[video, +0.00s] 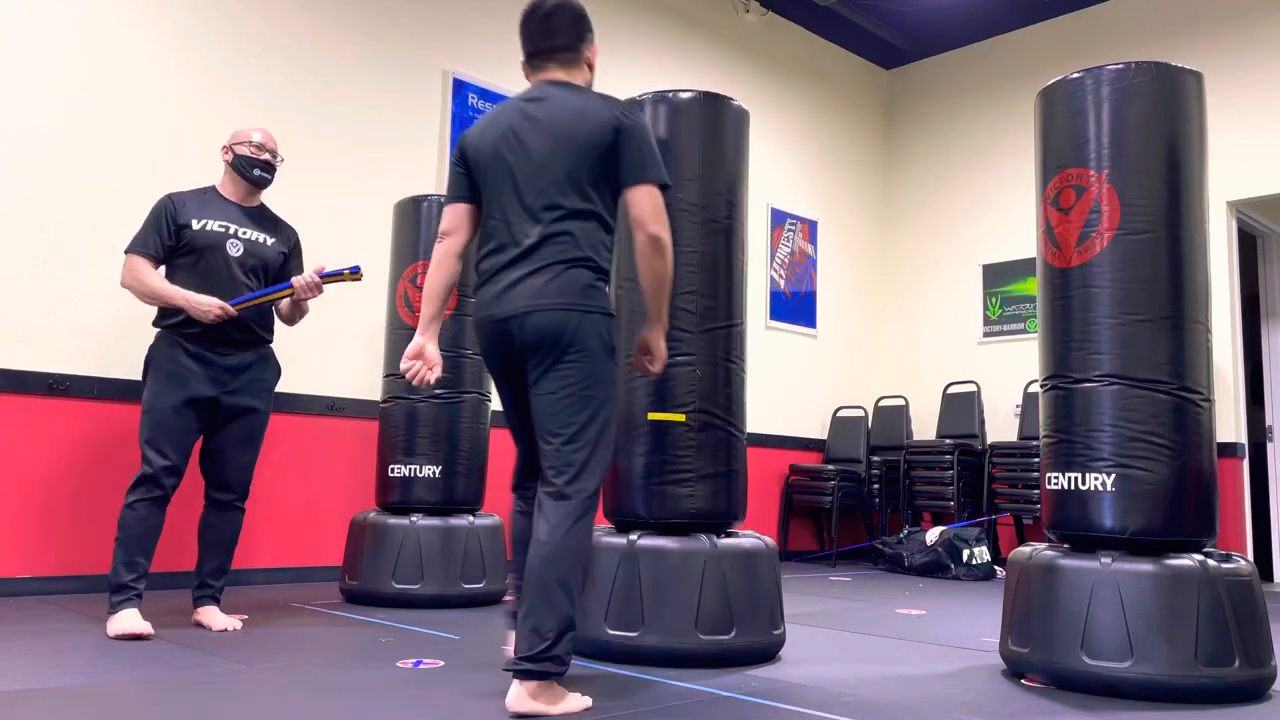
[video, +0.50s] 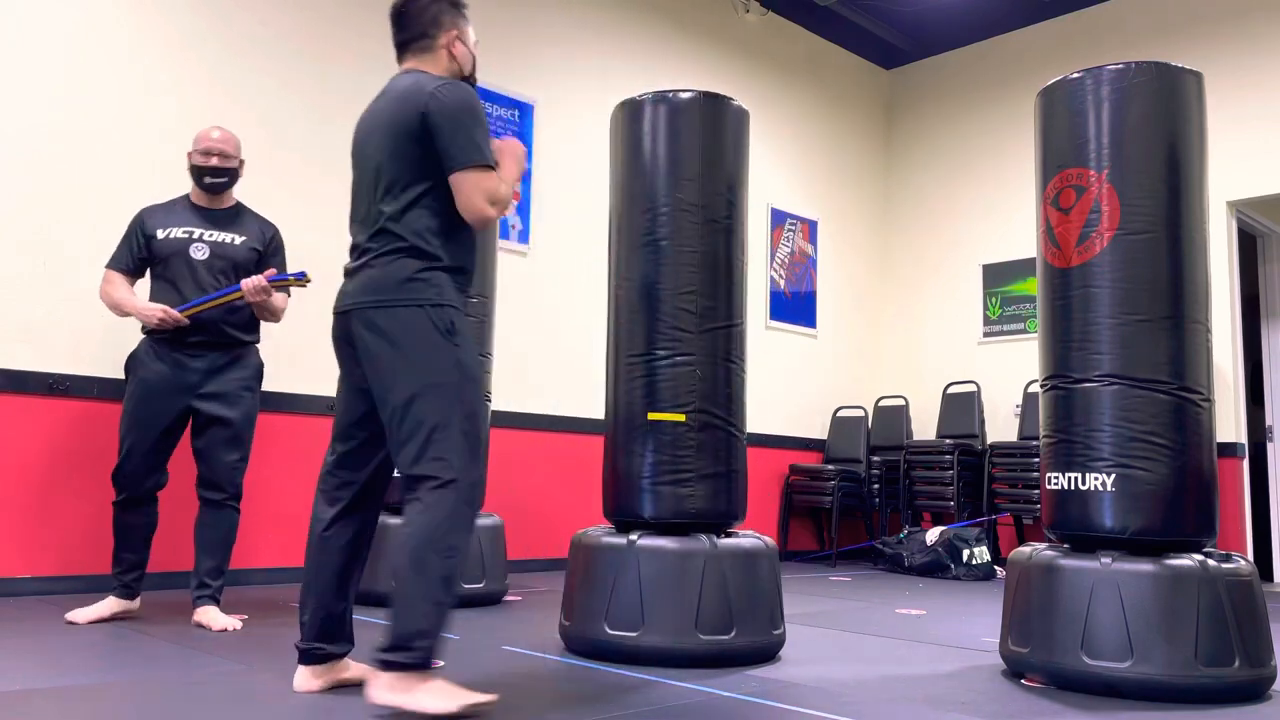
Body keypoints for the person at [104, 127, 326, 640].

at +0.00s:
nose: (264, 154)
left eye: (272, 151)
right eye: (254, 145)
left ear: (278, 169)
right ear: (227, 154)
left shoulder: (284, 236)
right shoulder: (179, 207)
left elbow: (290, 315)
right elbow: (134, 273)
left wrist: (301, 296)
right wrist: (189, 300)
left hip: (249, 372)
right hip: (181, 362)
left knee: (229, 491)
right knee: (157, 478)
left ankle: (208, 601)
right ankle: (125, 603)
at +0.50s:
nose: (213, 162)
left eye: (223, 156)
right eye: (205, 154)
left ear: (240, 165)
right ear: (189, 160)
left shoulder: (262, 233)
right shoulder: (153, 220)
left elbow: (277, 311)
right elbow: (111, 285)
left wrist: (262, 298)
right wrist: (139, 308)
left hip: (230, 372)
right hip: (160, 367)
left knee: (222, 487)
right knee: (134, 479)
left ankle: (207, 602)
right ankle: (124, 593)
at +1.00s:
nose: (143, 169)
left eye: (151, 160)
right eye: (132, 161)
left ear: (165, 163)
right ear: (113, 165)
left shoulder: (200, 223)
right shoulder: (91, 232)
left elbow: (231, 289)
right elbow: (55, 296)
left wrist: (184, 287)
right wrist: (79, 323)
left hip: (181, 370)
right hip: (115, 372)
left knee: (192, 479)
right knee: (119, 484)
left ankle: (203, 594)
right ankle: (124, 595)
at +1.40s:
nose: (152, 163)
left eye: (159, 157)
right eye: (141, 154)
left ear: (167, 168)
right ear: (113, 161)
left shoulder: (190, 226)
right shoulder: (77, 229)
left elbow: (219, 293)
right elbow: (52, 298)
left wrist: (161, 294)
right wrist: (91, 298)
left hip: (172, 371)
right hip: (103, 374)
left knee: (183, 479)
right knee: (115, 485)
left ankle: (192, 593)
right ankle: (124, 594)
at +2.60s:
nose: (218, 172)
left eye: (226, 168)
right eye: (209, 163)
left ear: (232, 182)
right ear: (183, 169)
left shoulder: (245, 239)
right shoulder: (138, 229)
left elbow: (268, 308)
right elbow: (110, 298)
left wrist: (215, 296)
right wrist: (149, 298)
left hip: (212, 373)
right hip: (145, 370)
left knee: (203, 485)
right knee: (134, 481)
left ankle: (189, 594)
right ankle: (126, 594)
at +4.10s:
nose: (153, 185)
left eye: (160, 181)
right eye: (144, 175)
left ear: (167, 192)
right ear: (119, 180)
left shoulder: (180, 249)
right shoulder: (75, 237)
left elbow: (193, 319)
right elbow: (42, 302)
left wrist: (150, 294)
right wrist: (79, 299)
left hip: (146, 383)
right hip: (79, 380)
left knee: (160, 482)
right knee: (72, 484)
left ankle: (176, 590)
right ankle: (70, 587)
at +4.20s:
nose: (142, 183)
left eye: (149, 178)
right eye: (132, 174)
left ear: (155, 190)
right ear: (108, 178)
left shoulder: (170, 248)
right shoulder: (64, 237)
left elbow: (186, 316)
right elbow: (32, 301)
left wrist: (140, 295)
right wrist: (72, 297)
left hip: (139, 382)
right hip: (73, 379)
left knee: (146, 481)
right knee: (70, 484)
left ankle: (152, 588)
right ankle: (70, 587)